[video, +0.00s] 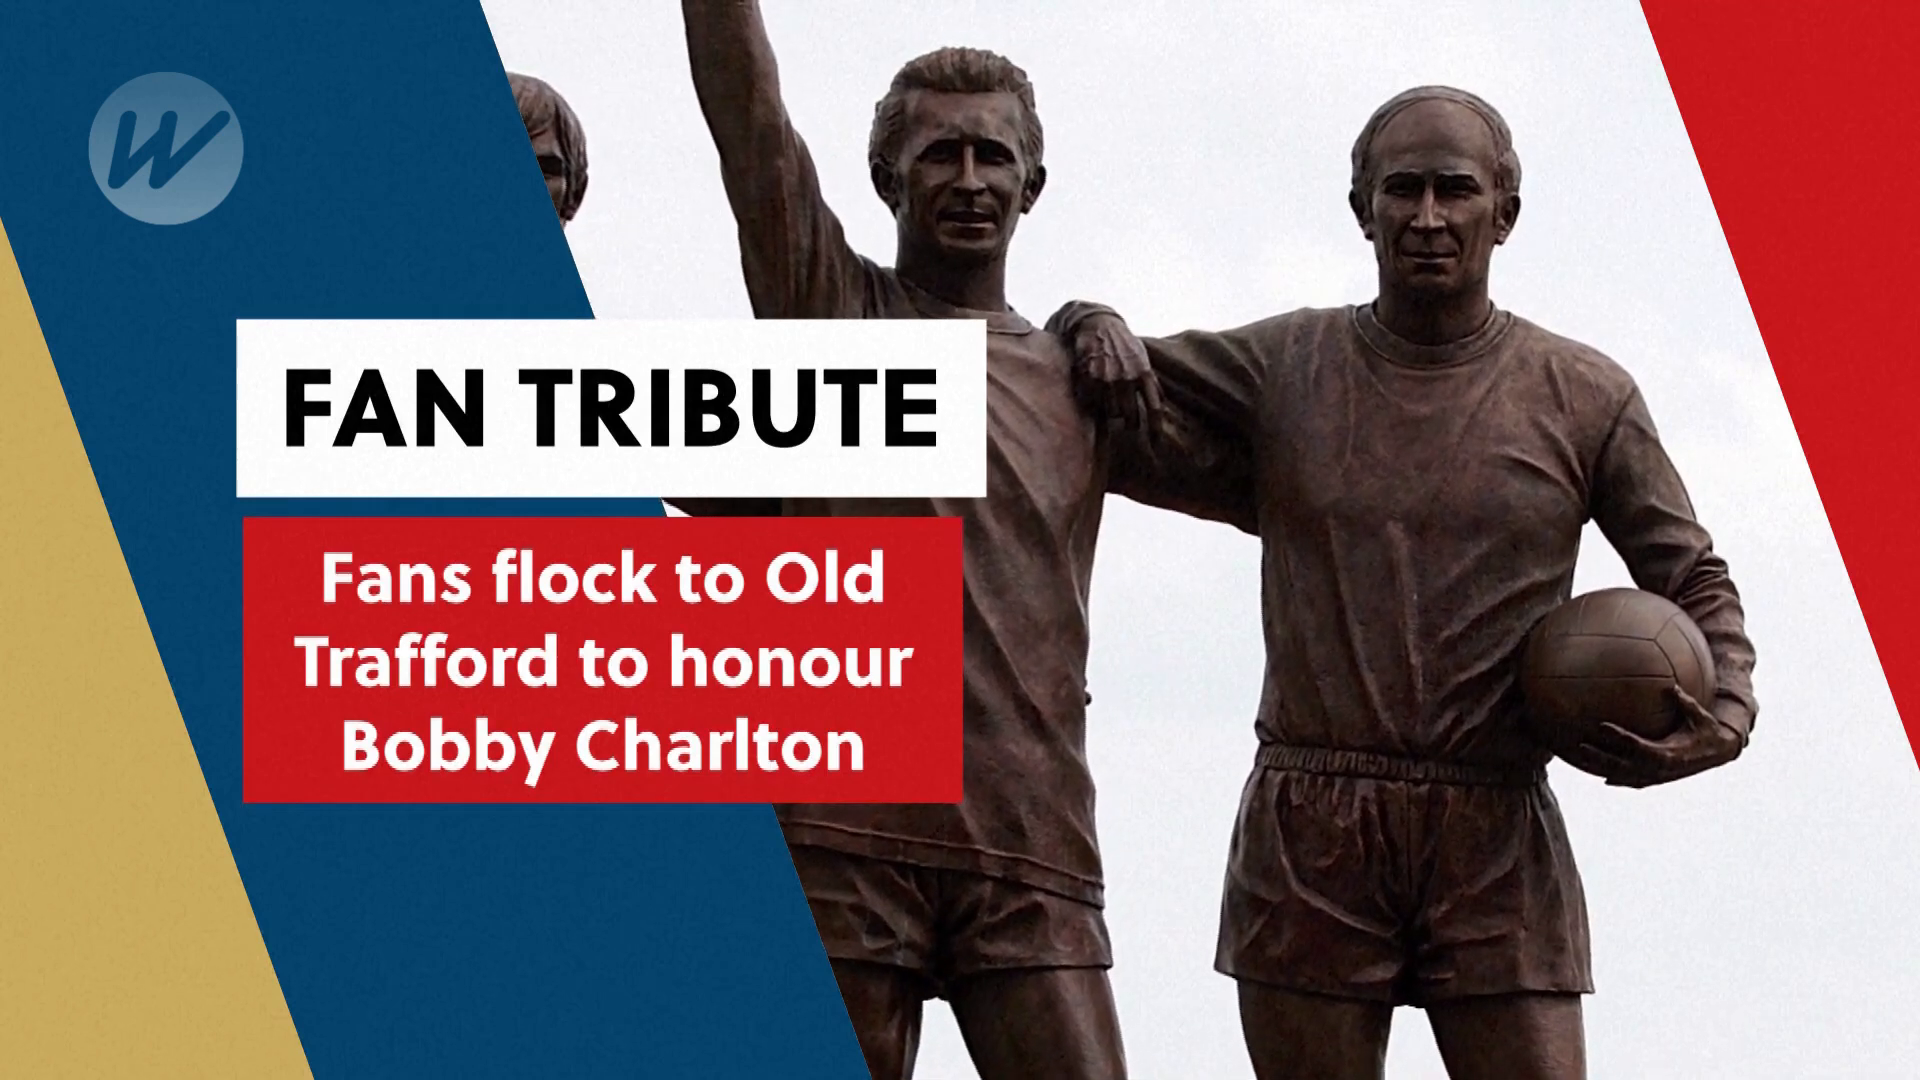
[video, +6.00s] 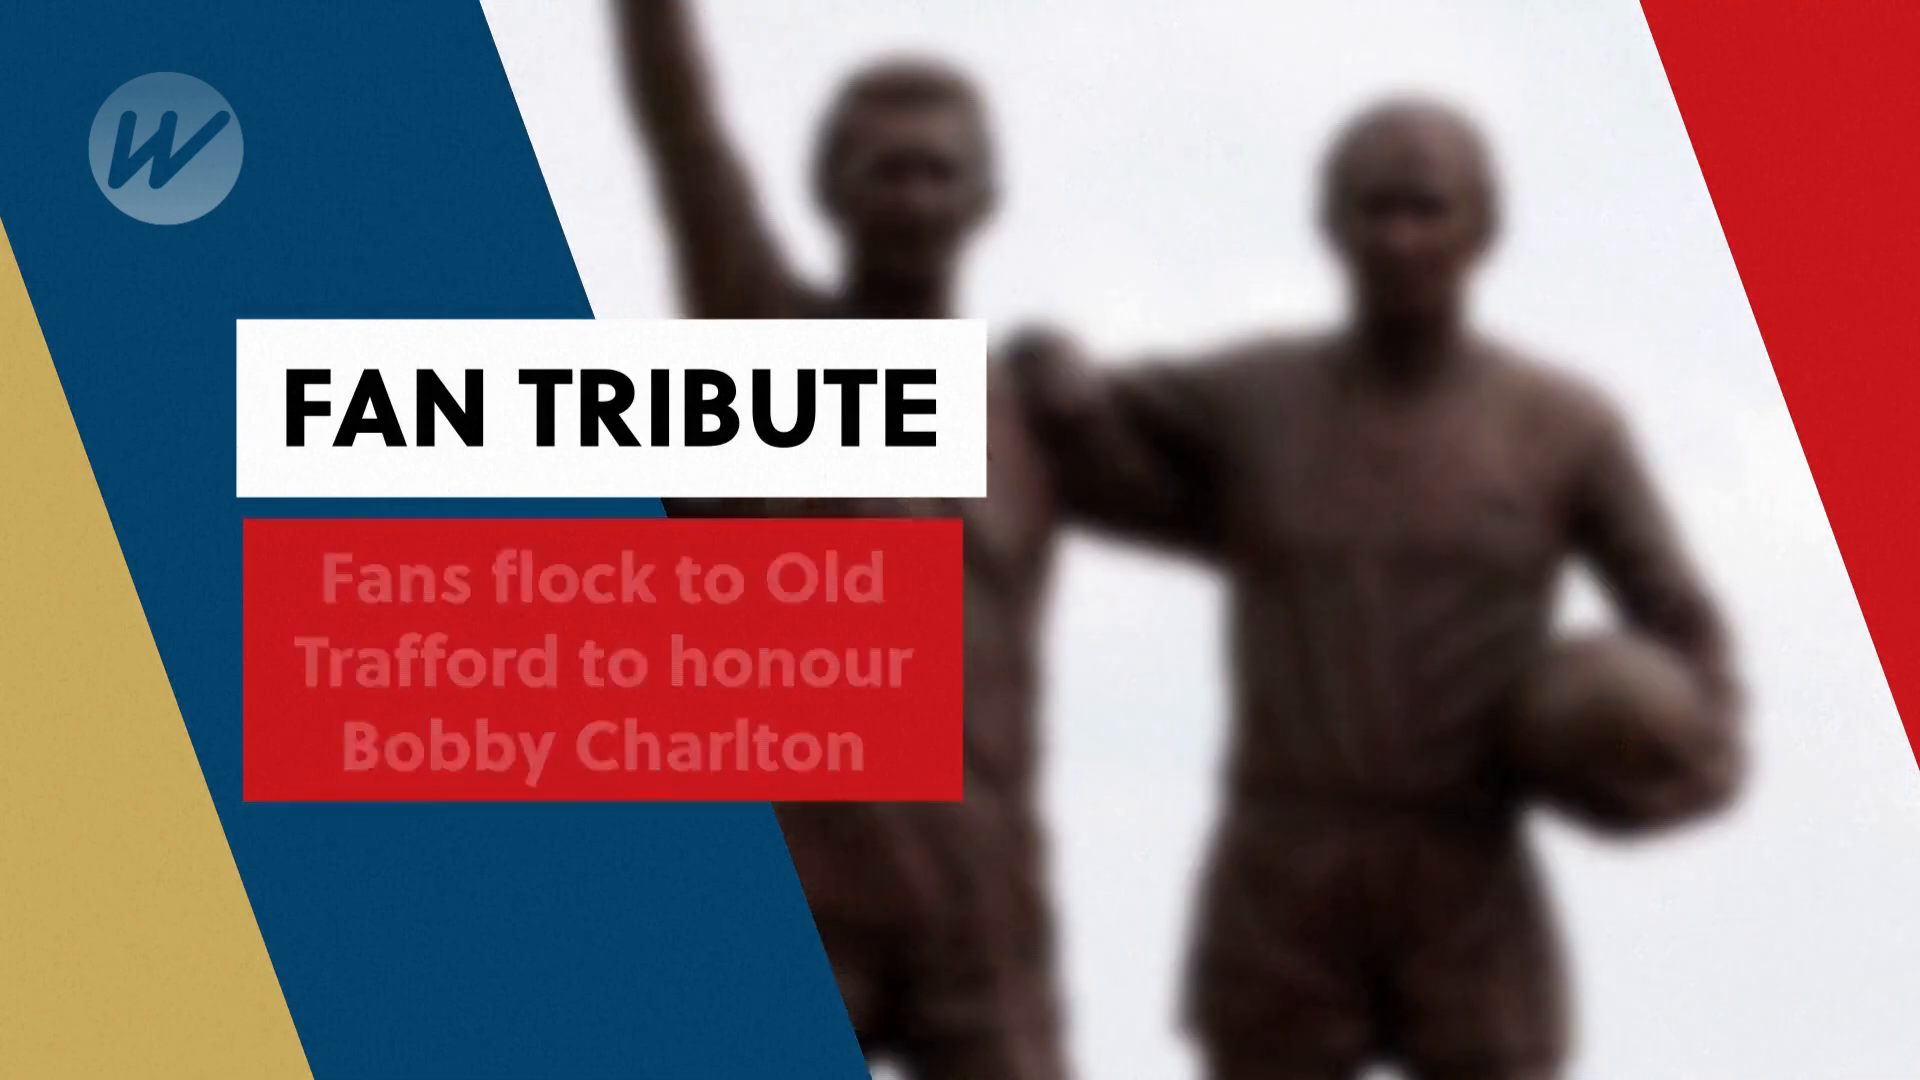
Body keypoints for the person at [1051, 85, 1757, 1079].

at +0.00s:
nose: (1428, 215)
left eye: (1457, 187)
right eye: (1401, 189)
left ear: (1507, 212)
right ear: (1362, 209)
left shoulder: (1585, 394)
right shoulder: (1283, 363)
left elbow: (1693, 579)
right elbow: (1103, 396)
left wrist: (1727, 700)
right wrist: (1087, 321)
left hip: (1495, 838)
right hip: (1309, 835)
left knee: (1542, 1066)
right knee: (1308, 1069)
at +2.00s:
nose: (1417, 223)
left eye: (1445, 195)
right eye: (1389, 197)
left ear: (1498, 218)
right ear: (1350, 217)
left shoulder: (1578, 405)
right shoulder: (1269, 374)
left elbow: (1688, 596)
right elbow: (1087, 399)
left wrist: (1723, 722)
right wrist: (1071, 333)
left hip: (1487, 856)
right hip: (1295, 852)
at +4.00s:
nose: (1406, 230)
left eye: (1435, 202)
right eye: (1379, 203)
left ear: (1488, 225)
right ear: (1338, 225)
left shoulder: (1571, 416)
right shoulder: (1257, 383)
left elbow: (1682, 610)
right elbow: (1084, 412)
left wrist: (1719, 746)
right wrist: (1052, 346)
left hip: (1479, 883)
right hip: (1281, 877)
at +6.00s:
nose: (1398, 237)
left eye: (1426, 207)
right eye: (1370, 208)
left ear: (1485, 226)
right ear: (1331, 226)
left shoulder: (1560, 428)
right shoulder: (1255, 402)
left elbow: (1685, 632)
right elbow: (1081, 441)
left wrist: (1680, 745)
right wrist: (1049, 386)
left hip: (1467, 888)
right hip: (1279, 885)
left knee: (1497, 1059)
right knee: (1268, 1058)